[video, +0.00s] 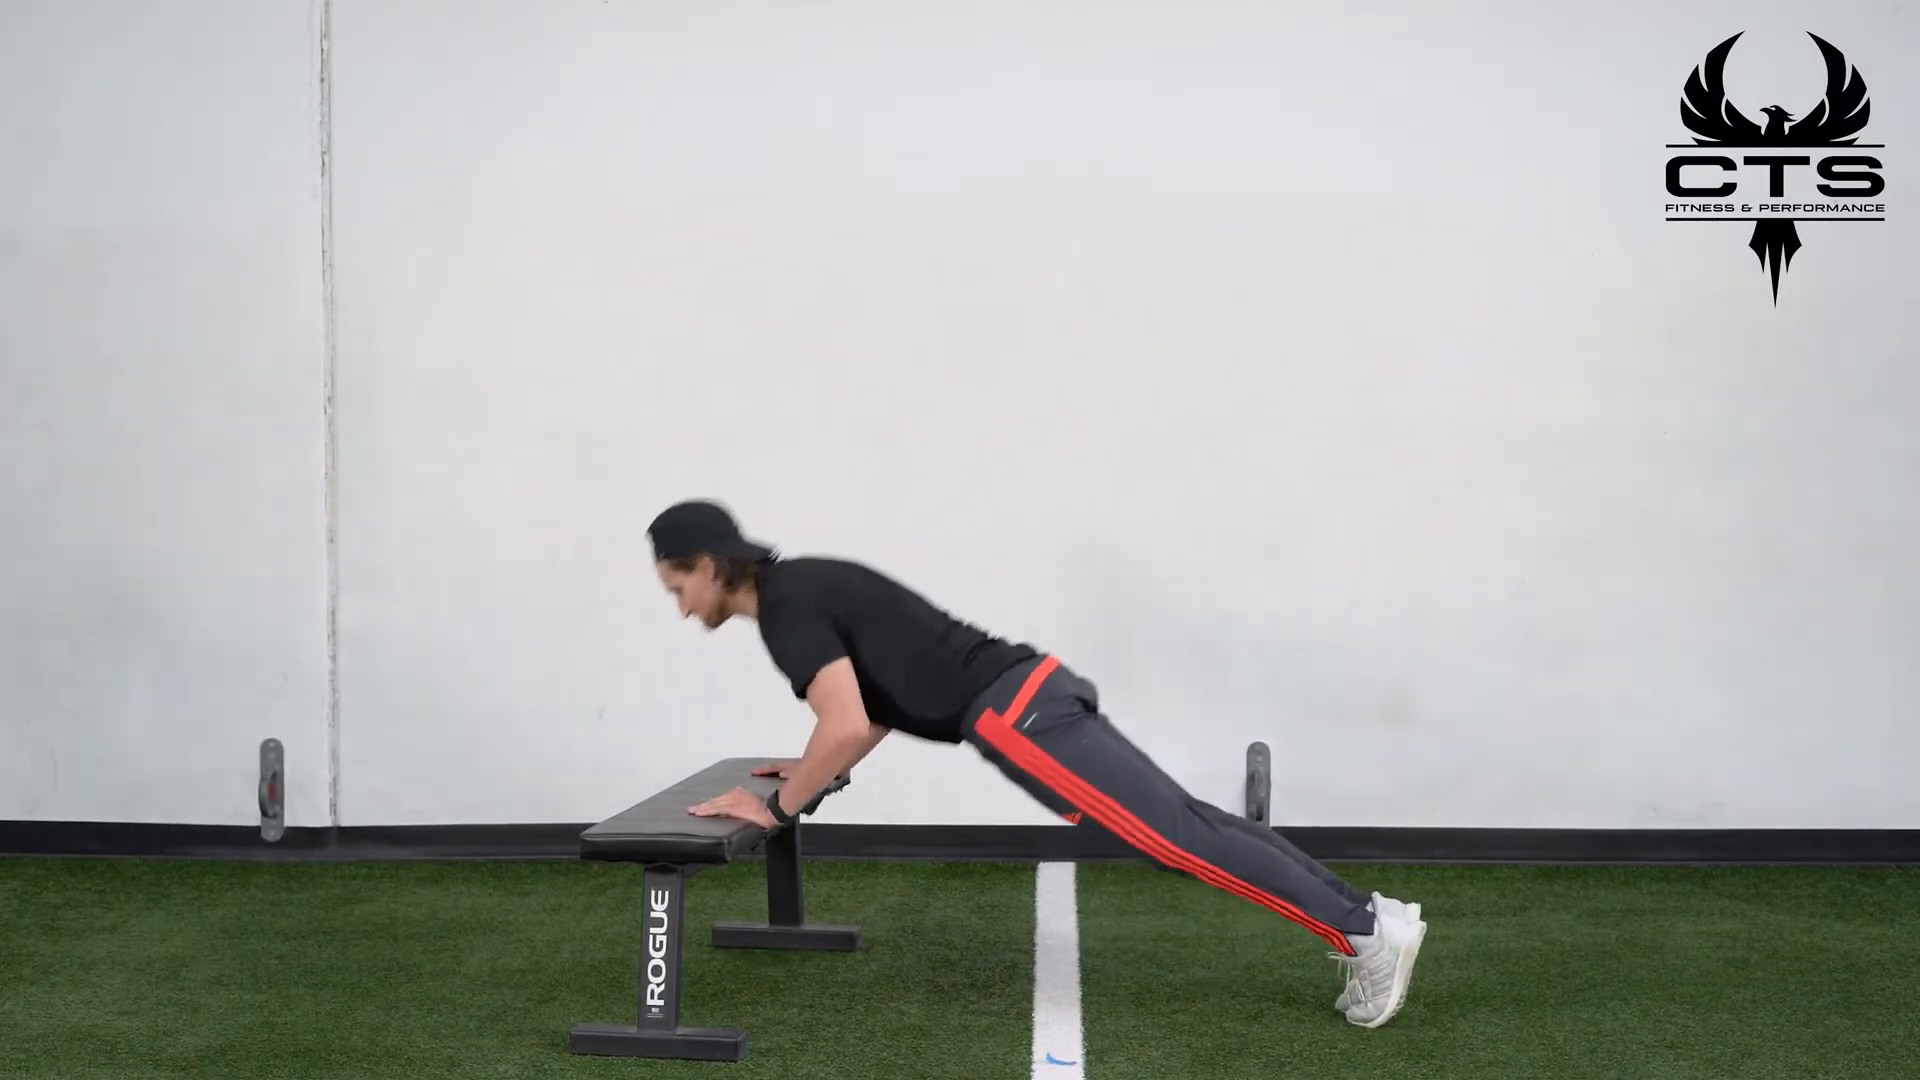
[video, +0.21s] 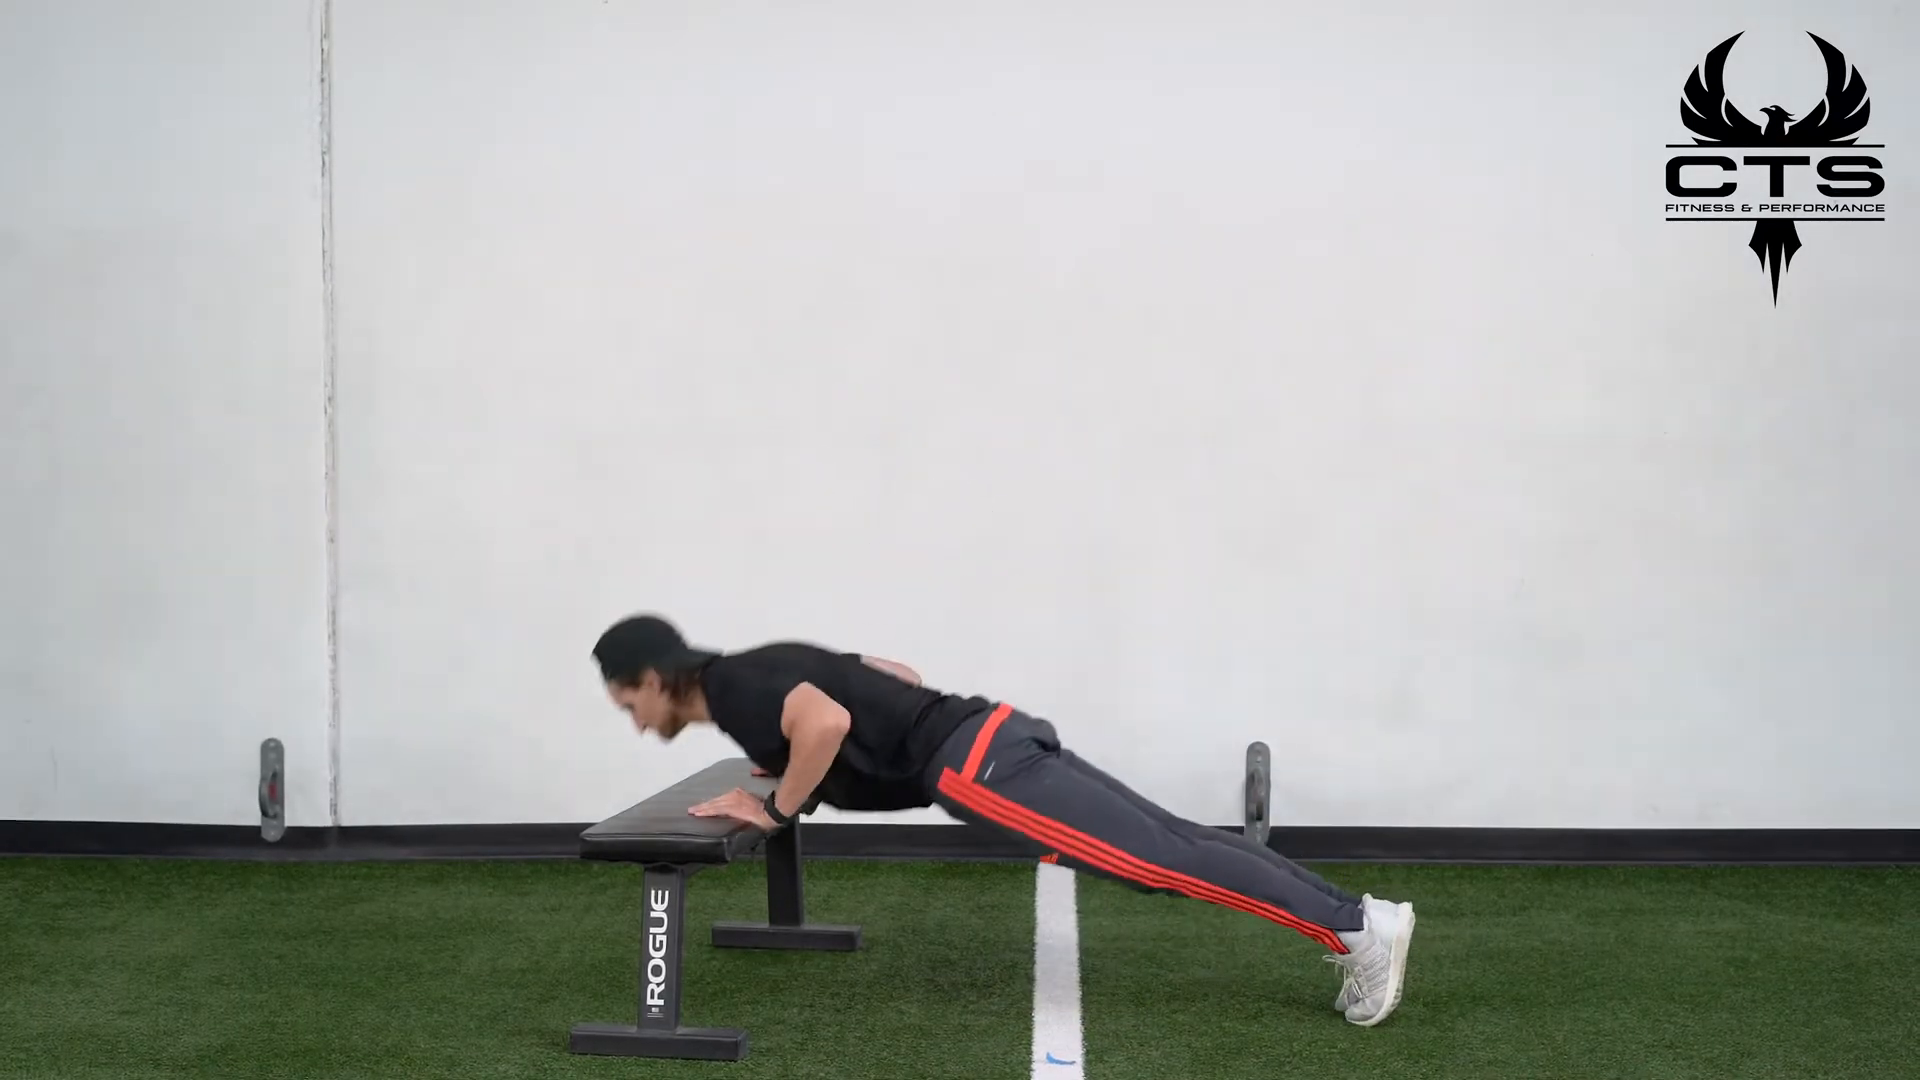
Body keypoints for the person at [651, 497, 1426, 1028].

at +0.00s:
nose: (672, 596)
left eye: (673, 579)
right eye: (667, 582)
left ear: (708, 568)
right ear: (718, 560)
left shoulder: (785, 605)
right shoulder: (806, 585)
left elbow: (849, 731)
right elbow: (869, 720)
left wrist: (777, 803)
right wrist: (801, 774)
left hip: (1015, 714)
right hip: (1032, 694)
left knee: (1178, 838)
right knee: (1185, 819)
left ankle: (1367, 935)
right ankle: (1368, 917)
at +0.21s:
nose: (628, 717)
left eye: (627, 701)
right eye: (622, 705)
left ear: (656, 680)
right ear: (669, 666)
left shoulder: (732, 686)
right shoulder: (762, 669)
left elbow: (821, 722)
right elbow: (896, 676)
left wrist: (773, 805)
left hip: (972, 764)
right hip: (992, 741)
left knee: (1158, 857)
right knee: (1169, 839)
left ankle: (1359, 933)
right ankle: (1360, 916)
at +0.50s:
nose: (627, 725)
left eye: (625, 710)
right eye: (619, 714)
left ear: (655, 686)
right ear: (663, 673)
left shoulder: (723, 694)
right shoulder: (758, 675)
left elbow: (811, 714)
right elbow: (897, 674)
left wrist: (772, 809)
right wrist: (888, 746)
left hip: (970, 765)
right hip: (992, 741)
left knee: (1151, 860)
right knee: (1164, 837)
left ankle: (1352, 934)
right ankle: (1353, 919)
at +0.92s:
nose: (738, 536)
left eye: (741, 519)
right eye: (733, 523)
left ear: (782, 501)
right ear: (784, 501)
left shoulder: (845, 549)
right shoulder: (866, 542)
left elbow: (832, 700)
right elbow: (887, 687)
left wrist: (774, 805)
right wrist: (830, 767)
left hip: (1070, 662)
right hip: (1078, 651)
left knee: (1219, 808)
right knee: (1223, 797)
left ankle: (1392, 940)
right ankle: (1389, 929)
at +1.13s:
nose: (779, 514)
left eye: (786, 498)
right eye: (776, 500)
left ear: (831, 491)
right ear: (840, 490)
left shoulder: (885, 547)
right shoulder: (908, 537)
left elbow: (846, 688)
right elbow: (887, 682)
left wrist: (777, 801)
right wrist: (825, 768)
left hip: (1126, 621)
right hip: (1119, 627)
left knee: (1243, 793)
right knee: (1145, 804)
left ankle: (1407, 946)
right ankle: (1307, 892)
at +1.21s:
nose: (793, 518)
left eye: (799, 502)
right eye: (790, 503)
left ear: (844, 496)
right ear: (854, 494)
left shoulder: (898, 550)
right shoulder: (921, 541)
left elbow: (856, 690)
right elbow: (894, 683)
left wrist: (778, 800)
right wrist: (828, 765)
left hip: (1144, 608)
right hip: (1128, 618)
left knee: (1260, 784)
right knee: (1073, 767)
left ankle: (1413, 946)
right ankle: (1217, 889)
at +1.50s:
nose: (817, 474)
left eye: (822, 457)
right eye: (817, 457)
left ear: (863, 454)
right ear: (874, 451)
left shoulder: (917, 517)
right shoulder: (931, 512)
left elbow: (857, 664)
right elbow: (885, 659)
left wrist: (778, 769)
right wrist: (812, 742)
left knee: (1182, 820)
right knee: (1040, 768)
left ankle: (1365, 919)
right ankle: (1067, 955)